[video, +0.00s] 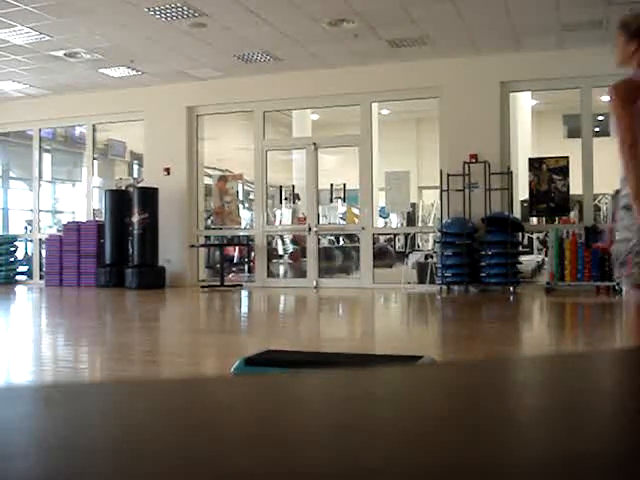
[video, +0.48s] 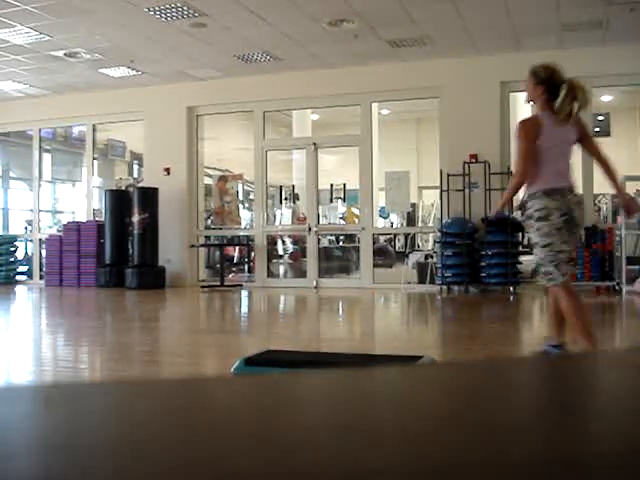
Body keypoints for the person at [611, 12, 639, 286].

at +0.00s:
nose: (616, 49)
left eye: (619, 41)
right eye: (618, 41)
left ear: (633, 44)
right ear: (634, 45)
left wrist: (634, 203)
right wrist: (631, 202)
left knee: (633, 284)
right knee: (632, 283)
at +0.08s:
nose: (594, 77)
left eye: (599, 70)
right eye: (596, 70)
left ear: (613, 74)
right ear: (626, 75)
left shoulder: (607, 118)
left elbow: (611, 173)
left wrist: (620, 227)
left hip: (624, 210)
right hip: (628, 209)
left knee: (612, 301)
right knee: (615, 301)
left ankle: (615, 371)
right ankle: (618, 369)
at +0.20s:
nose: (567, 92)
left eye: (571, 87)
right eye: (569, 87)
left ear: (584, 93)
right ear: (598, 93)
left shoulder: (574, 135)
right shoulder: (621, 133)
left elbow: (573, 187)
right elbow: (635, 178)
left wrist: (568, 238)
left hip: (591, 217)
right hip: (627, 216)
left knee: (585, 298)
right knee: (621, 298)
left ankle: (608, 363)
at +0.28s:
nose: (554, 86)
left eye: (558, 81)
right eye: (556, 80)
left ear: (570, 86)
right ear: (586, 87)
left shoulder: (561, 127)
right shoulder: (606, 125)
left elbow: (559, 176)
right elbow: (629, 168)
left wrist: (544, 218)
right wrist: (636, 199)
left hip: (578, 210)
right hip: (609, 206)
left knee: (580, 292)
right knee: (604, 284)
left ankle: (606, 354)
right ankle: (629, 335)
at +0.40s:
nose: (530, 85)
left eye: (534, 80)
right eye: (533, 80)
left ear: (545, 85)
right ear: (557, 86)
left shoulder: (535, 121)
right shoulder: (578, 120)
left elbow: (531, 167)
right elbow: (607, 156)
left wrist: (506, 201)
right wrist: (626, 191)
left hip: (548, 200)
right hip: (577, 196)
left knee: (560, 277)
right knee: (561, 274)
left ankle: (600, 345)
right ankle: (568, 341)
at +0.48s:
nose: (525, 89)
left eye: (529, 84)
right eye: (528, 84)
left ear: (540, 89)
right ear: (553, 90)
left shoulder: (528, 126)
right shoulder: (572, 121)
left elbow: (523, 172)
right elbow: (599, 157)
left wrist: (502, 203)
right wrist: (621, 193)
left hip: (540, 202)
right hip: (569, 200)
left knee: (556, 277)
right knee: (557, 275)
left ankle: (587, 343)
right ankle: (555, 341)